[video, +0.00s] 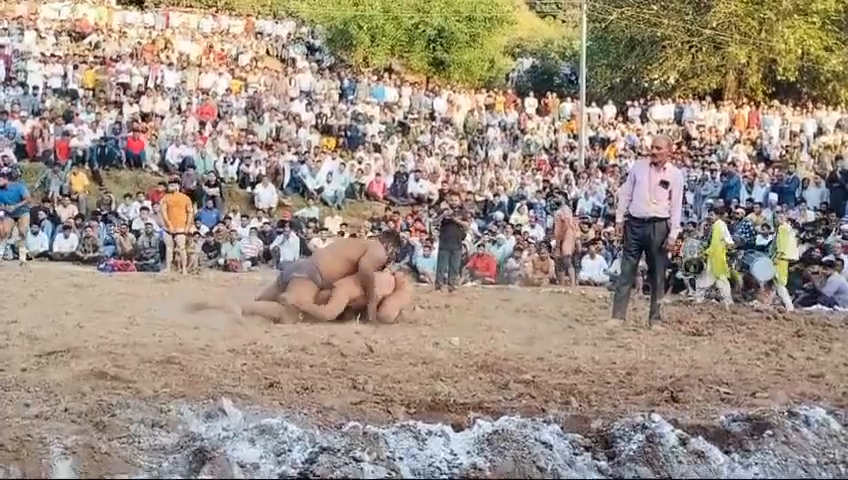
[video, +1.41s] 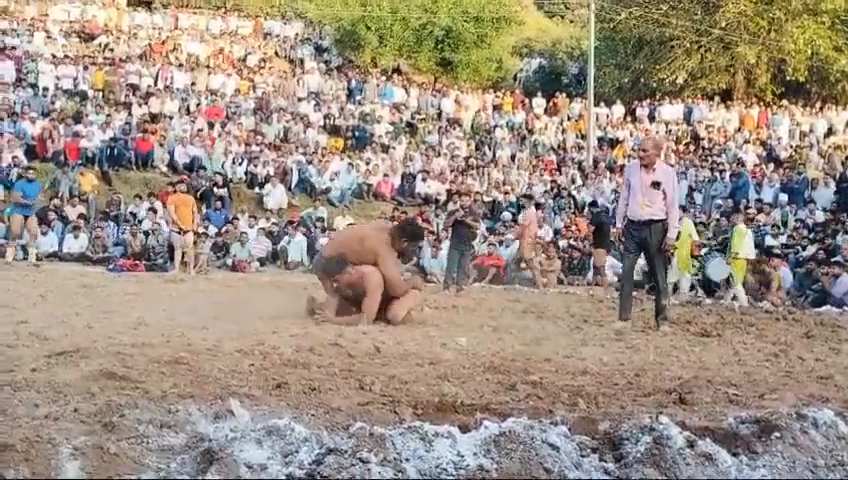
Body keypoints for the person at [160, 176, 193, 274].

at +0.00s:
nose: (172, 187)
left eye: (174, 185)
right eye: (170, 185)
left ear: (178, 186)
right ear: (168, 186)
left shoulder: (185, 198)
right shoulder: (165, 198)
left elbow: (190, 213)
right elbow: (163, 212)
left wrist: (187, 226)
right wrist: (168, 224)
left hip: (181, 227)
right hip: (168, 227)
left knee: (181, 249)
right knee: (169, 248)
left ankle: (184, 268)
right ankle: (168, 267)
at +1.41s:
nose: (183, 187)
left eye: (184, 185)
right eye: (180, 185)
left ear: (186, 186)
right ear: (176, 186)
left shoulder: (191, 198)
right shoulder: (172, 198)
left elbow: (195, 213)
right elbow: (172, 213)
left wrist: (195, 225)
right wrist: (180, 225)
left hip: (188, 228)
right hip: (176, 228)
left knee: (190, 249)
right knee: (177, 249)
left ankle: (191, 269)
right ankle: (176, 268)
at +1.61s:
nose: (204, 196)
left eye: (205, 194)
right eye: (201, 194)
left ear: (208, 195)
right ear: (198, 195)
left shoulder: (211, 207)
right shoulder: (193, 207)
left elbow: (215, 221)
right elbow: (192, 222)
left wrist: (215, 233)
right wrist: (200, 233)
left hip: (209, 236)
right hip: (197, 236)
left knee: (210, 257)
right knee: (198, 256)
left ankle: (212, 276)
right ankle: (198, 276)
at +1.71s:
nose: (218, 202)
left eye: (219, 199)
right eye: (215, 199)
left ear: (221, 201)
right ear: (211, 201)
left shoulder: (225, 213)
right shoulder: (207, 212)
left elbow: (229, 227)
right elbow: (206, 227)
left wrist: (229, 238)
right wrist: (214, 238)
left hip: (223, 241)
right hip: (211, 241)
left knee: (224, 262)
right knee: (212, 262)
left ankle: (226, 282)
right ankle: (212, 281)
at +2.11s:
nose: (221, 214)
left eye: (222, 212)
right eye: (219, 212)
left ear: (223, 213)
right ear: (214, 213)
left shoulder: (226, 225)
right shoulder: (208, 225)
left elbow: (230, 238)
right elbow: (205, 241)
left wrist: (229, 249)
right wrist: (215, 251)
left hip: (224, 253)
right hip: (212, 254)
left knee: (226, 275)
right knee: (214, 275)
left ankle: (229, 295)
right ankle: (214, 295)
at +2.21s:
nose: (219, 216)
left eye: (219, 214)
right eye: (216, 214)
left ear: (221, 215)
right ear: (211, 215)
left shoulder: (223, 227)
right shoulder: (205, 227)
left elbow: (226, 240)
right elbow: (202, 243)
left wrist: (226, 251)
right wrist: (212, 253)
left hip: (221, 255)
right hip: (209, 256)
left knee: (224, 276)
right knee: (211, 277)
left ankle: (227, 296)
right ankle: (210, 297)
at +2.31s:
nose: (217, 217)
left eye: (218, 215)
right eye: (214, 215)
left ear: (219, 216)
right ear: (209, 216)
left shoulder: (221, 228)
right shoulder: (203, 229)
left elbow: (225, 241)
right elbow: (200, 244)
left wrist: (224, 253)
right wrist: (210, 254)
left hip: (219, 257)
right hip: (207, 258)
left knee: (222, 278)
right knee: (209, 279)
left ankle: (227, 298)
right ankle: (209, 298)